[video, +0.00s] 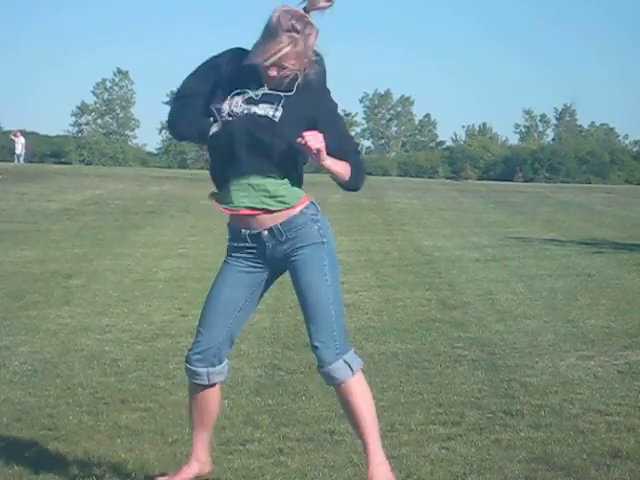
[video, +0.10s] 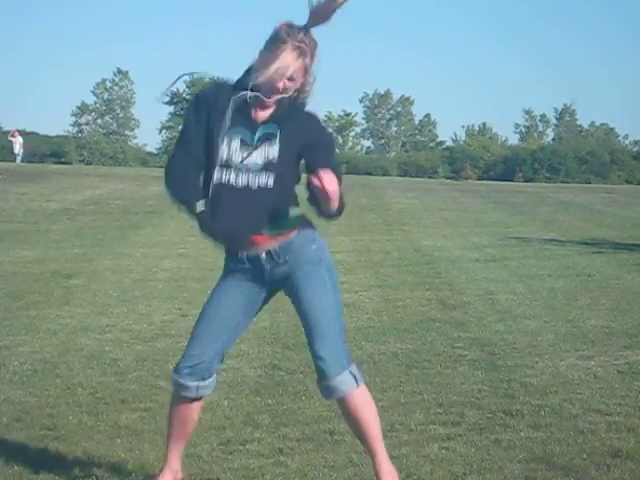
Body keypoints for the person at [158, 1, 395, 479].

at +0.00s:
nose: (276, 75)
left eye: (287, 71)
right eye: (272, 65)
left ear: (303, 63)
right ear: (262, 49)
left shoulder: (311, 94)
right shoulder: (226, 73)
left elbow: (354, 174)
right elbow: (181, 124)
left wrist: (326, 157)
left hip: (301, 234)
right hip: (244, 243)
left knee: (331, 353)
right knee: (203, 358)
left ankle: (379, 466)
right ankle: (199, 462)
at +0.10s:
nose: (272, 92)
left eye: (286, 86)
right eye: (267, 79)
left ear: (300, 83)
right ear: (256, 63)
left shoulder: (304, 124)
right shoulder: (213, 104)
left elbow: (331, 202)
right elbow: (179, 171)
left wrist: (330, 202)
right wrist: (203, 209)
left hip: (300, 253)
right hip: (243, 264)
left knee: (335, 372)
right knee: (191, 373)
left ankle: (385, 470)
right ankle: (172, 468)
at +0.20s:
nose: (272, 103)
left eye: (284, 98)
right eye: (268, 90)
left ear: (293, 105)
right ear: (252, 88)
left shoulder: (301, 159)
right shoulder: (206, 146)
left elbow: (313, 240)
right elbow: (165, 211)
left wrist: (339, 213)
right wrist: (211, 229)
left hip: (298, 293)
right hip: (235, 303)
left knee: (346, 396)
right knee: (162, 388)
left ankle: (388, 476)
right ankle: (171, 475)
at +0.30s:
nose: (253, 116)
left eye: (265, 111)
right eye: (248, 104)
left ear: (281, 114)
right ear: (238, 96)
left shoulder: (289, 152)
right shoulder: (199, 144)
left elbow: (335, 218)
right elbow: (151, 202)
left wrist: (352, 159)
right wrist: (197, 190)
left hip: (286, 290)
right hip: (226, 297)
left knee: (341, 389)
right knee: (155, 384)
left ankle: (388, 475)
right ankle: (170, 475)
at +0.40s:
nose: (253, 71)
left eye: (261, 70)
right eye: (244, 67)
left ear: (270, 81)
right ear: (226, 73)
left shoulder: (288, 111)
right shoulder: (195, 106)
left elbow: (362, 125)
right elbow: (140, 146)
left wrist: (344, 67)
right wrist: (181, 151)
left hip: (271, 258)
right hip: (208, 261)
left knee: (324, 369)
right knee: (154, 368)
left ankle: (383, 472)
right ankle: (163, 470)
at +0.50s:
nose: (234, 93)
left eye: (241, 84)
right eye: (224, 84)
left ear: (260, 67)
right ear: (212, 65)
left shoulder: (290, 90)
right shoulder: (192, 85)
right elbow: (140, 119)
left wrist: (348, 8)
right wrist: (173, 146)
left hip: (259, 256)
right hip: (193, 251)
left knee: (305, 363)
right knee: (151, 368)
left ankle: (354, 470)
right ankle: (147, 461)